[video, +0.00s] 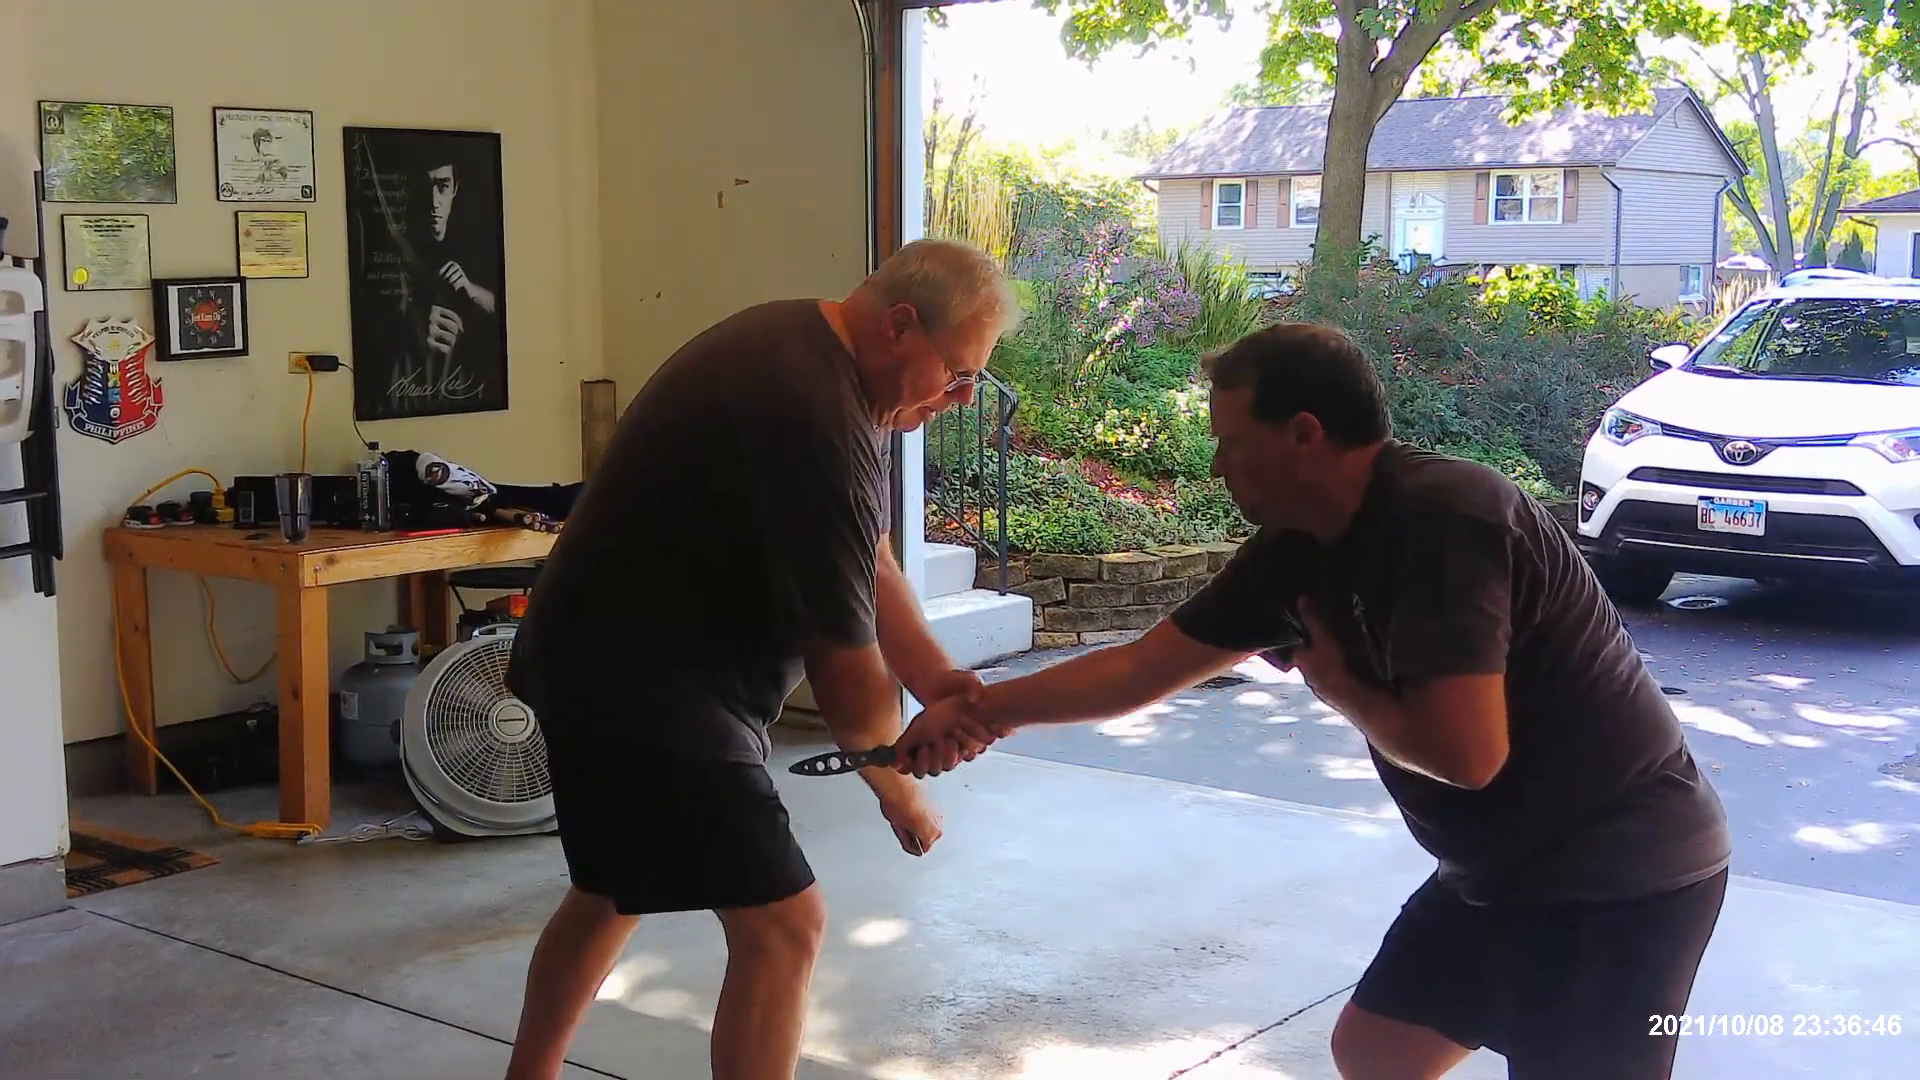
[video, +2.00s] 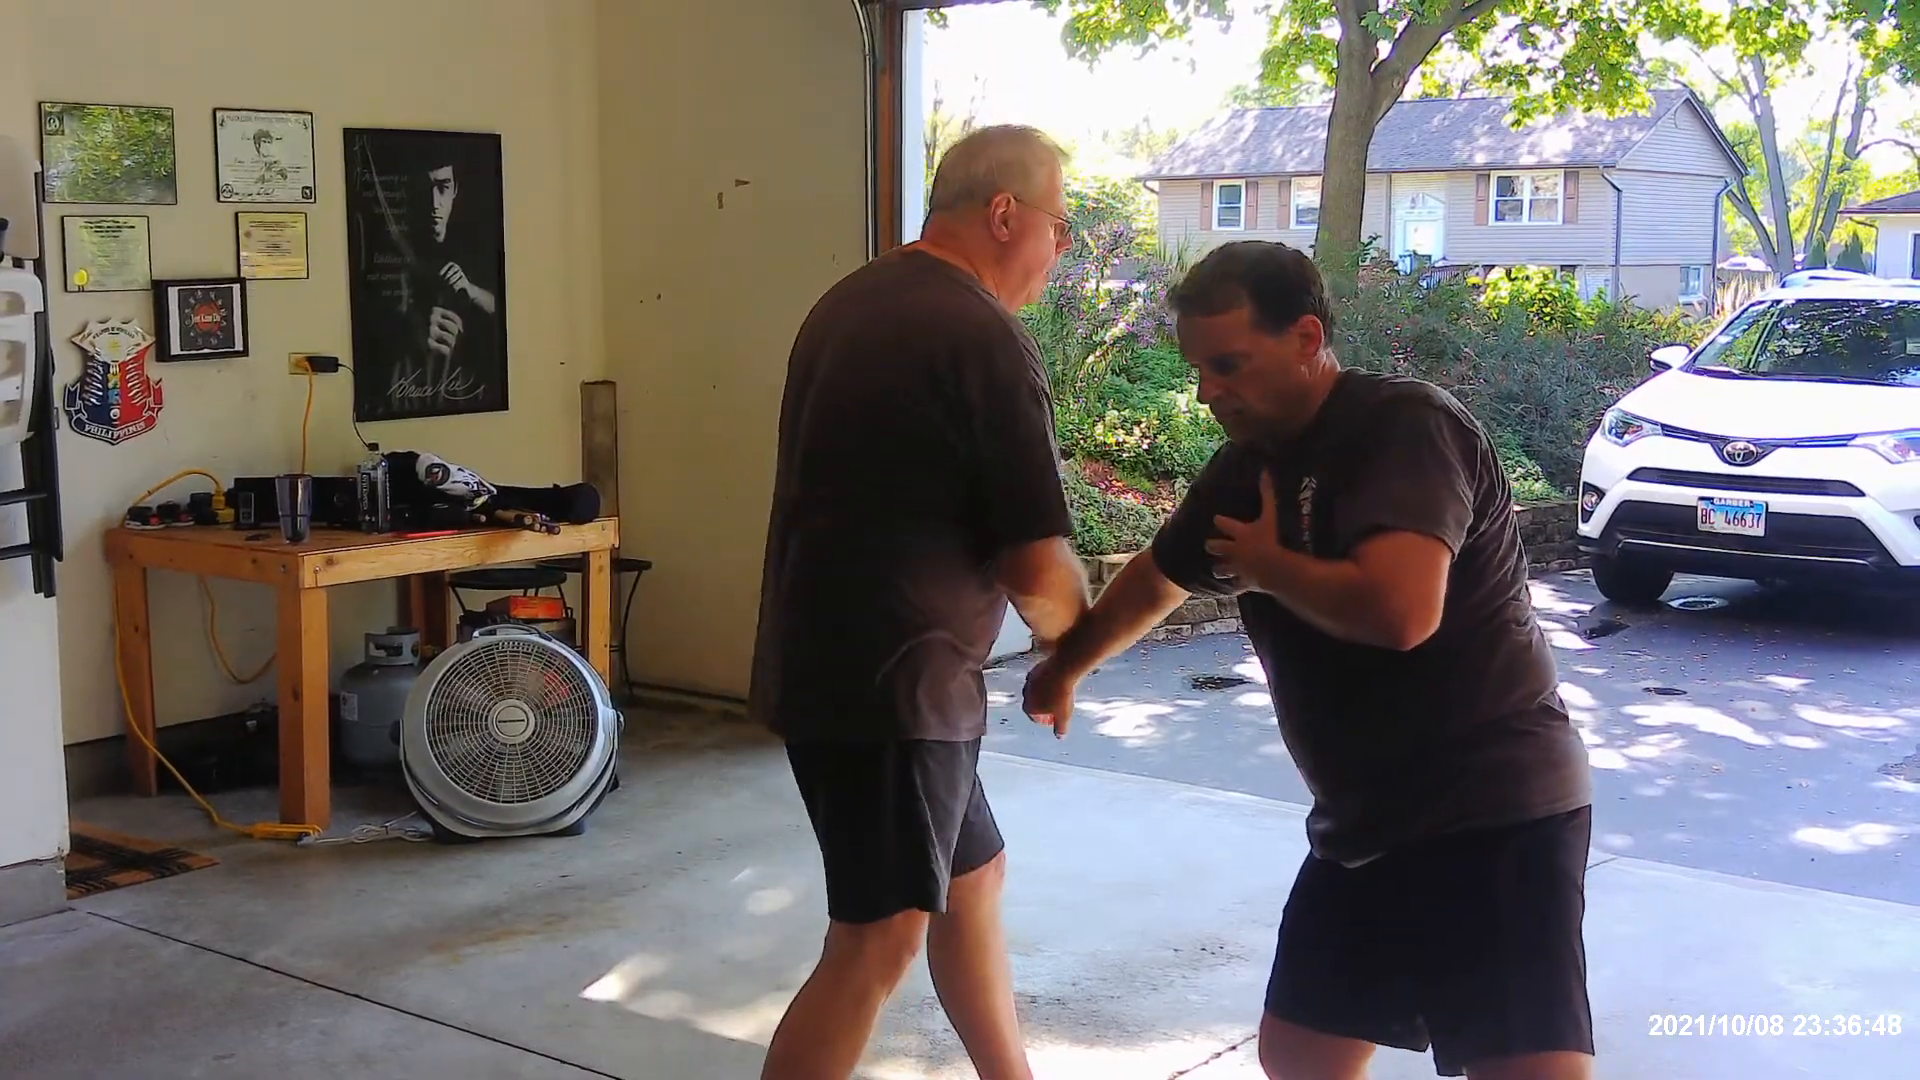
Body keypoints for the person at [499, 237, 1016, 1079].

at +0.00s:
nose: (958, 397)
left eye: (968, 381)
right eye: (958, 373)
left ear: (890, 321)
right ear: (896, 325)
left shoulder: (797, 347)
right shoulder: (821, 415)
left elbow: (869, 564)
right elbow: (845, 665)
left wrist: (939, 683)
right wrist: (895, 787)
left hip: (585, 660)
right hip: (652, 687)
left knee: (606, 889)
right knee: (781, 924)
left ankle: (530, 1070)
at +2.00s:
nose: (1059, 257)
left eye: (1064, 235)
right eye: (1058, 230)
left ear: (959, 209)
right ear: (1005, 213)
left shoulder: (850, 301)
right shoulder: (979, 334)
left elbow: (845, 498)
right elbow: (1039, 570)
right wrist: (1070, 637)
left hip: (813, 654)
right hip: (897, 677)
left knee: (969, 869)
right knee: (879, 936)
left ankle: (1010, 1072)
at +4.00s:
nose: (899, 176)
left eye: (897, 159)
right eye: (878, 159)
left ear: (863, 175)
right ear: (808, 170)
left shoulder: (887, 291)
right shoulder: (725, 295)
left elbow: (934, 459)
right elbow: (653, 473)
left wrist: (962, 612)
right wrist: (673, 643)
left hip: (876, 627)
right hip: (772, 636)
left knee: (888, 823)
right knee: (797, 835)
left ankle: (840, 1049)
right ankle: (777, 1063)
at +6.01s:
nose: (893, 167)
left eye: (887, 149)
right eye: (870, 152)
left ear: (819, 172)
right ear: (797, 173)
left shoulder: (895, 284)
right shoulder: (721, 310)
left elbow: (955, 447)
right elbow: (677, 512)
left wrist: (962, 585)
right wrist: (816, 639)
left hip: (881, 644)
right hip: (765, 657)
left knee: (882, 860)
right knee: (778, 872)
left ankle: (850, 1072)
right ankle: (741, 1072)